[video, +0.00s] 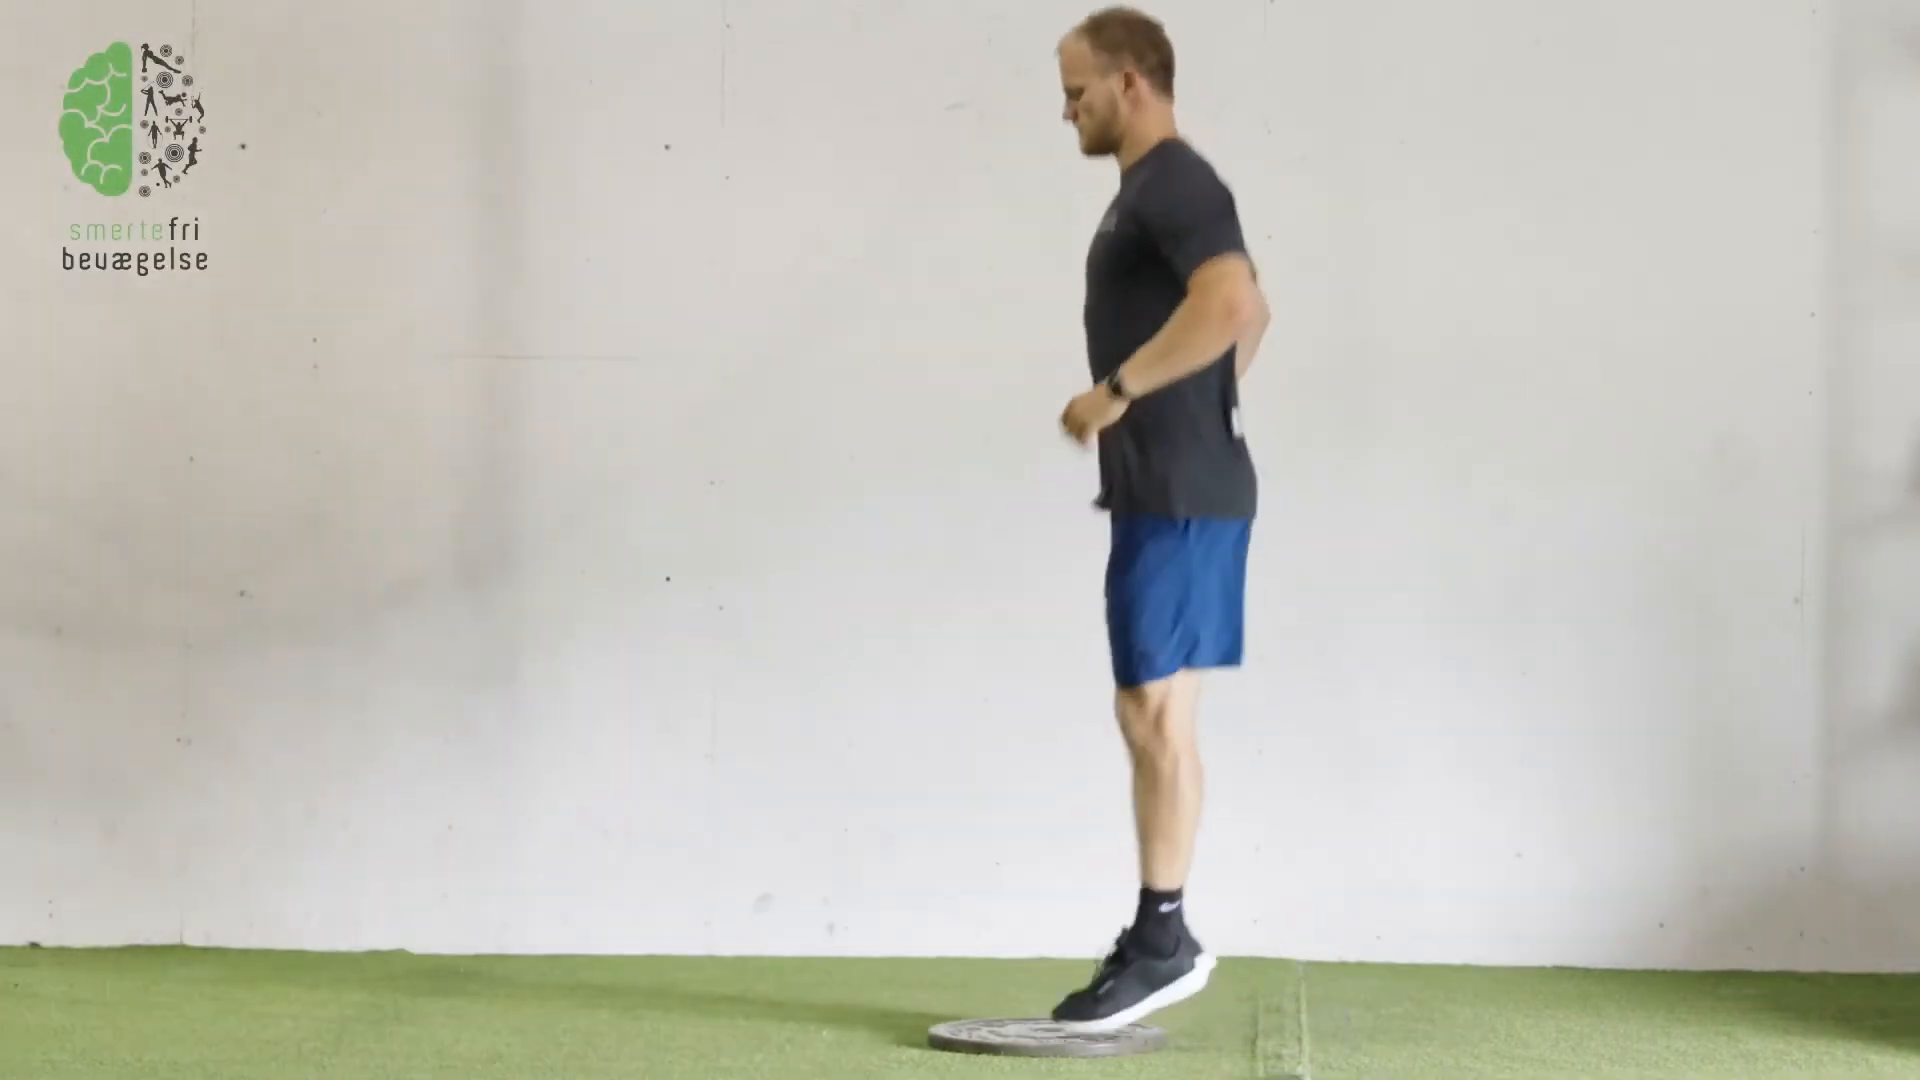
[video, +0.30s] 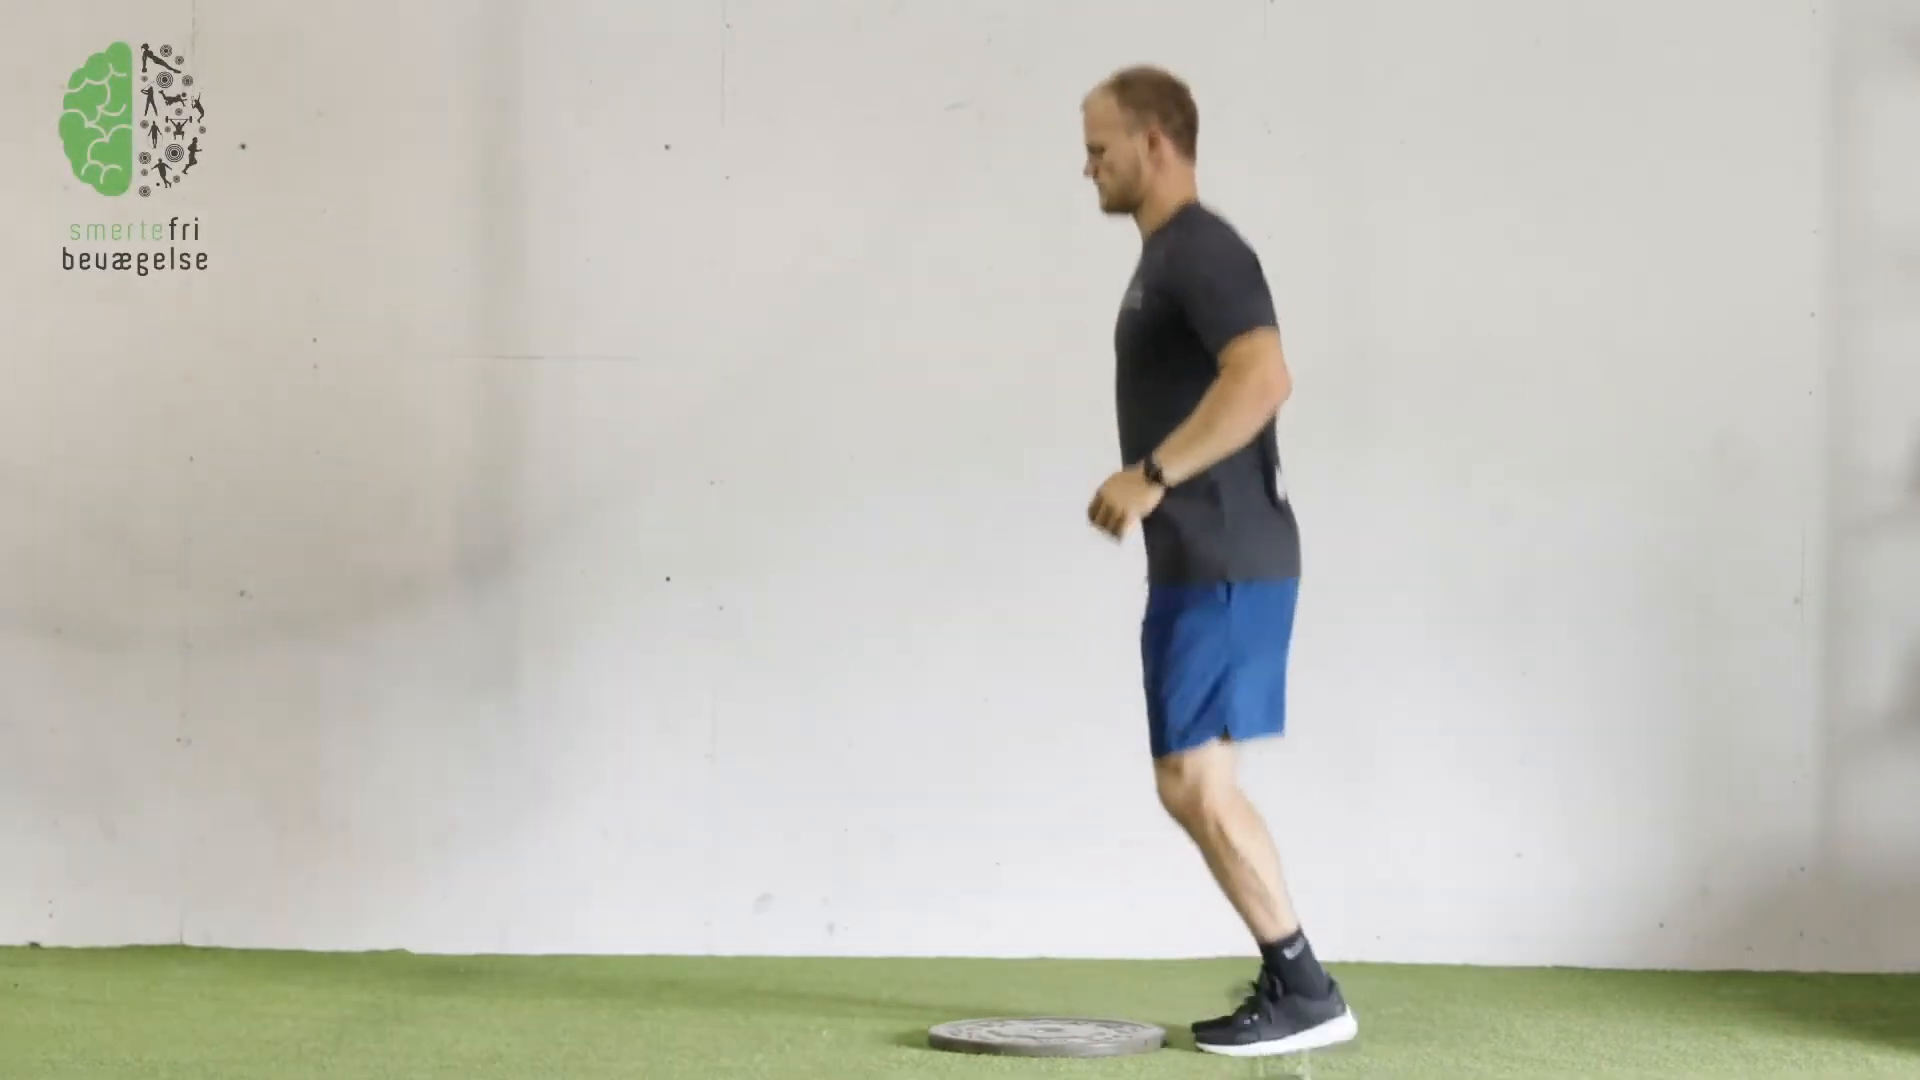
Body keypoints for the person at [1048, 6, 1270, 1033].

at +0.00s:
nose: (1068, 113)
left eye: (1076, 93)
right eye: (1066, 95)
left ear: (1129, 84)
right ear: (1131, 88)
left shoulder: (1170, 178)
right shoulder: (1178, 178)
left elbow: (1224, 304)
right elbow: (1247, 313)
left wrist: (1115, 390)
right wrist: (1173, 417)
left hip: (1173, 498)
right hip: (1180, 492)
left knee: (1153, 714)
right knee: (1159, 714)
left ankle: (1162, 941)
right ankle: (1160, 936)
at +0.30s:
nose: (1087, 166)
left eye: (1098, 148)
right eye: (1087, 150)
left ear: (1155, 144)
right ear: (1153, 148)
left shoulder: (1201, 247)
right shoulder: (1170, 254)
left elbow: (1261, 377)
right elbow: (1243, 390)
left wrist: (1150, 472)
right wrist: (1154, 486)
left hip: (1222, 561)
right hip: (1206, 559)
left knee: (1192, 781)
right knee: (1194, 781)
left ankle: (1301, 987)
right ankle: (1293, 983)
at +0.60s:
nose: (1095, 80)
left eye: (1102, 59)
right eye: (1092, 63)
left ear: (1160, 51)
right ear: (1157, 55)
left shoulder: (1208, 145)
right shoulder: (1183, 151)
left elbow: (1269, 265)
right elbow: (1263, 274)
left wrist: (1141, 326)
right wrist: (1147, 335)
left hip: (1196, 467)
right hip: (1174, 465)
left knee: (1173, 683)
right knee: (1160, 683)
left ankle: (1207, 910)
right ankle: (1202, 907)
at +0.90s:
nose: (1095, 148)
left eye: (1104, 129)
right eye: (1094, 130)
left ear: (1159, 122)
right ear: (1156, 127)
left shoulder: (1206, 224)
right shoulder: (1178, 226)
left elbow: (1260, 362)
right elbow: (1249, 369)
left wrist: (1166, 475)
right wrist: (1156, 479)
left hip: (1192, 533)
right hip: (1175, 530)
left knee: (1151, 741)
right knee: (1142, 741)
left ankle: (1193, 971)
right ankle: (1188, 966)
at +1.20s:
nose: (1113, 179)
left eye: (1123, 160)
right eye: (1112, 162)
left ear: (1179, 157)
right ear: (1179, 160)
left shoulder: (1224, 260)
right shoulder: (1194, 264)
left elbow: (1286, 394)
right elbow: (1255, 404)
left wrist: (1192, 505)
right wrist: (1177, 506)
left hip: (1244, 569)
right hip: (1231, 567)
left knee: (1219, 791)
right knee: (1221, 790)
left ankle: (1346, 988)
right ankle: (1335, 984)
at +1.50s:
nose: (1090, 77)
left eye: (1097, 57)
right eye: (1088, 60)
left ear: (1153, 47)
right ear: (1153, 51)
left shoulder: (1202, 139)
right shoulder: (1186, 145)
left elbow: (1268, 248)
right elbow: (1270, 260)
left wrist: (1149, 325)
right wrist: (1163, 334)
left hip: (1210, 461)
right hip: (1195, 457)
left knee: (1184, 677)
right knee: (1183, 678)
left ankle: (1242, 898)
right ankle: (1238, 896)